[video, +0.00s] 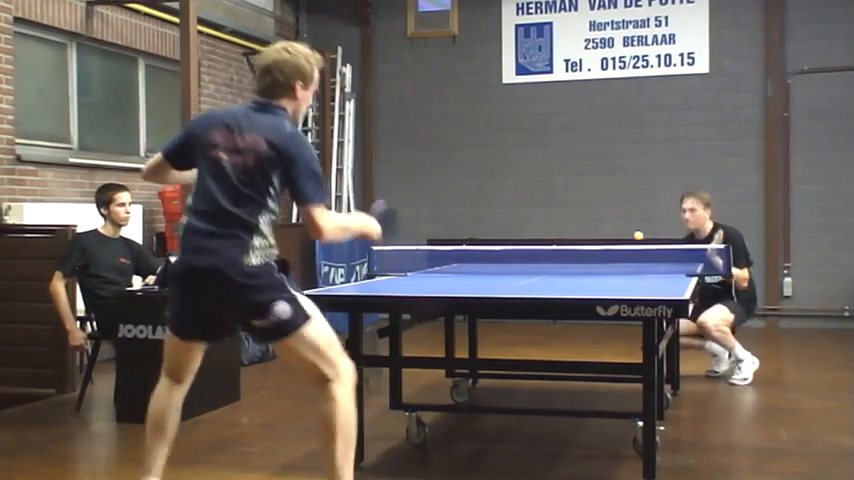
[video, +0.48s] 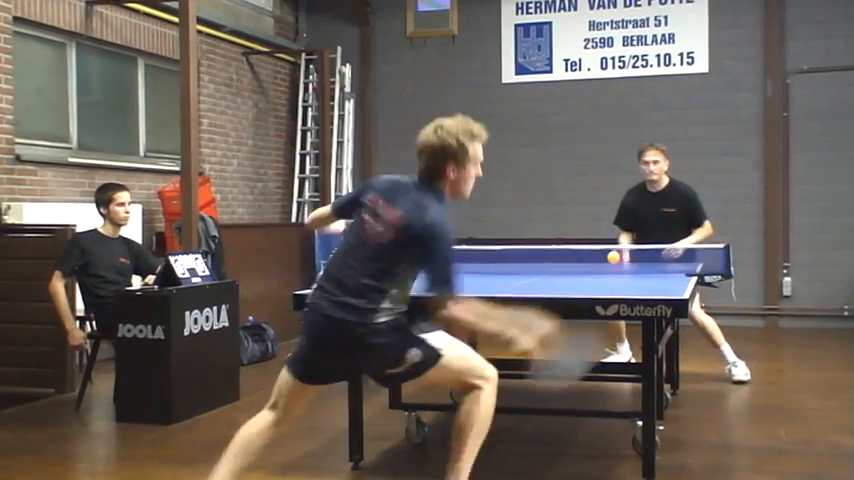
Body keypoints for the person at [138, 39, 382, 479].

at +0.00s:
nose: (311, 100)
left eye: (312, 91)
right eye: (311, 91)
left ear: (265, 83)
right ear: (296, 90)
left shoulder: (211, 122)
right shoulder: (289, 140)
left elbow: (155, 171)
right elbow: (323, 229)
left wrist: (204, 172)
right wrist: (359, 223)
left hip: (191, 269)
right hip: (246, 273)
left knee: (172, 379)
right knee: (339, 372)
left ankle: (150, 475)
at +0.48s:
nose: (480, 172)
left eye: (480, 163)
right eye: (476, 164)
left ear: (437, 163)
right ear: (451, 169)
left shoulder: (381, 186)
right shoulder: (435, 221)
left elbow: (315, 220)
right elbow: (444, 307)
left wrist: (338, 217)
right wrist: (513, 328)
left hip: (322, 323)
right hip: (377, 333)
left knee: (273, 413)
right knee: (483, 378)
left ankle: (217, 476)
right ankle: (458, 474)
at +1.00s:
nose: (447, 115)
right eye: (446, 109)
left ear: (396, 112)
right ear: (442, 117)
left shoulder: (357, 156)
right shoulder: (450, 167)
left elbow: (289, 208)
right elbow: (492, 249)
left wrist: (297, 216)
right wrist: (512, 224)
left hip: (339, 293)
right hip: (405, 297)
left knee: (283, 375)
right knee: (478, 380)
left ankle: (287, 474)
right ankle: (506, 476)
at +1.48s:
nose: (458, 190)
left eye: (463, 182)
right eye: (462, 182)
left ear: (412, 163)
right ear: (446, 180)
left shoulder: (377, 190)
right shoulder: (375, 226)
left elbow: (346, 239)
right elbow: (335, 324)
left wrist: (407, 247)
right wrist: (414, 357)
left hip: (273, 319)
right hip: (297, 335)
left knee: (276, 417)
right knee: (435, 403)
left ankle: (214, 477)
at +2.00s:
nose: (434, 66)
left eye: (434, 57)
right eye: (434, 57)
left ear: (371, 60)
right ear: (423, 62)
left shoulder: (322, 102)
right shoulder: (423, 131)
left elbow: (228, 141)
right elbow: (499, 191)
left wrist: (210, 146)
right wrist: (509, 129)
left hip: (253, 264)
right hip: (321, 283)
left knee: (223, 386)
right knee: (401, 413)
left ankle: (192, 475)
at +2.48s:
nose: (247, 85)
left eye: (247, 73)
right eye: (249, 74)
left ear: (179, 72)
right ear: (237, 77)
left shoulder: (117, 118)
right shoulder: (227, 143)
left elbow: (13, 137)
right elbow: (333, 235)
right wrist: (356, 175)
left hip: (30, 302)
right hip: (116, 315)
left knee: (40, 455)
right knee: (253, 450)